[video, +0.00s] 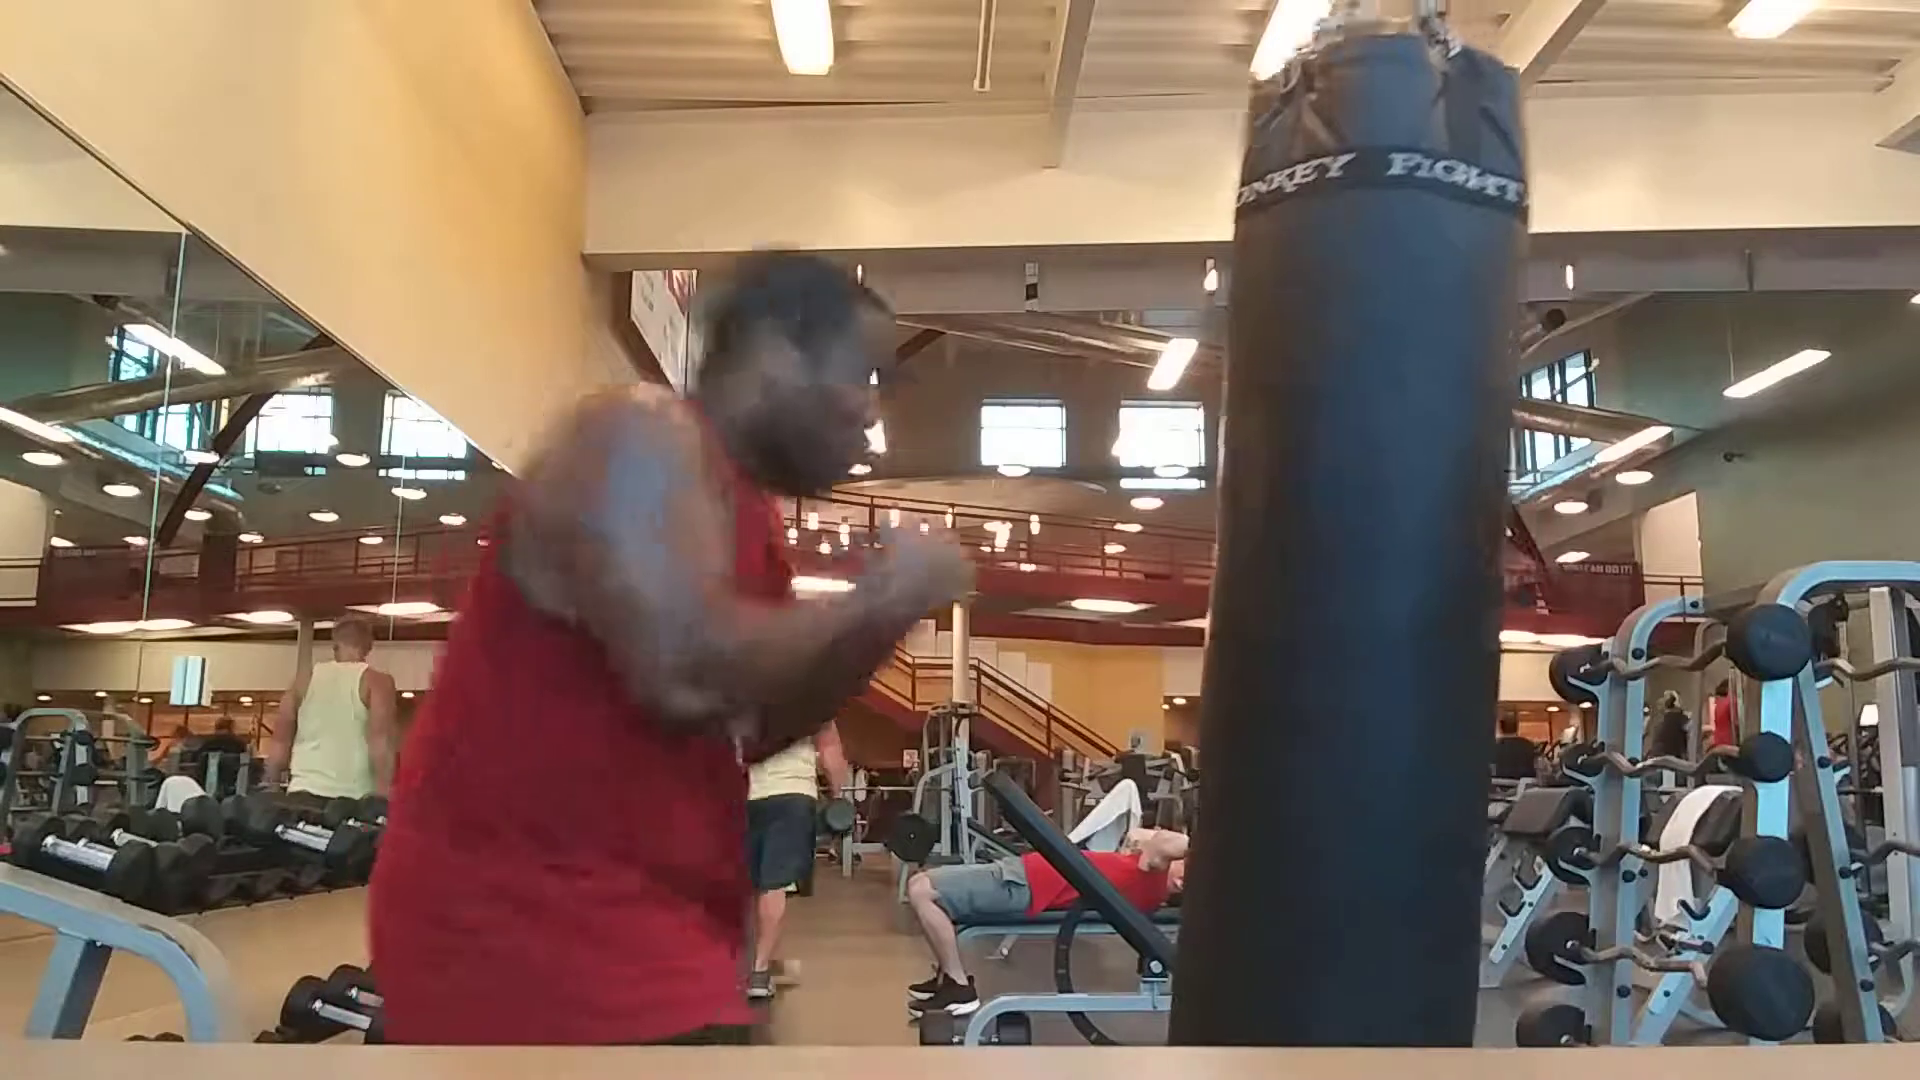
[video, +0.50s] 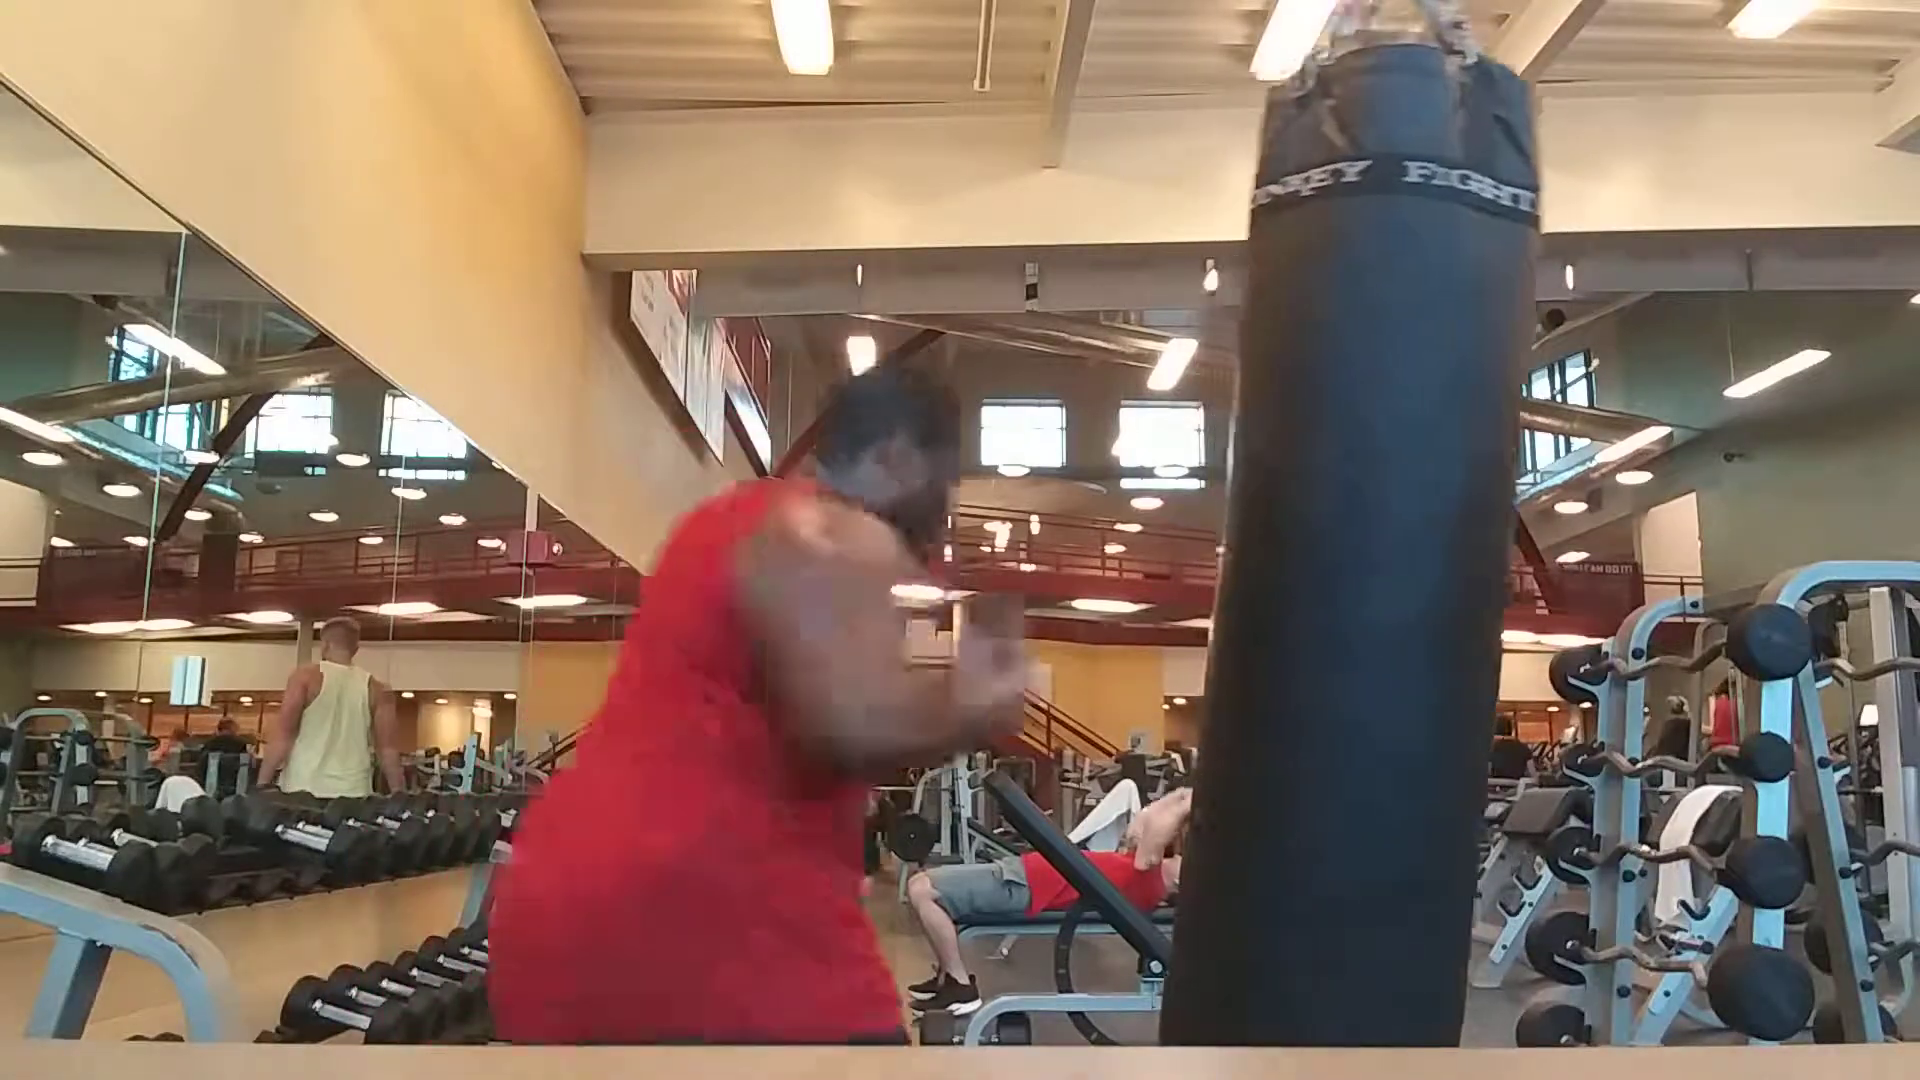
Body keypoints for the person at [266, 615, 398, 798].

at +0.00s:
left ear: (335, 647)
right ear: (369, 648)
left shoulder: (306, 677)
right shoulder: (377, 681)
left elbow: (281, 737)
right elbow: (379, 743)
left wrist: (271, 784)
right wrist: (384, 795)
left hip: (303, 794)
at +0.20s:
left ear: (336, 647)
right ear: (369, 649)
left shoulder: (307, 678)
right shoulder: (381, 689)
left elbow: (281, 740)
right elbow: (387, 750)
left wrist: (264, 789)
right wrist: (396, 801)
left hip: (303, 796)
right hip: (355, 801)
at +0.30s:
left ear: (334, 645)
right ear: (367, 649)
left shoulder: (306, 677)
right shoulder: (381, 689)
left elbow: (283, 737)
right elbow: (388, 749)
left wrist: (263, 784)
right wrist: (397, 796)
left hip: (302, 795)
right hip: (355, 798)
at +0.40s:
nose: (326, 649)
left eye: (327, 644)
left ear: (331, 645)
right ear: (362, 650)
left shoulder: (306, 676)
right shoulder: (380, 689)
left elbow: (284, 735)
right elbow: (388, 751)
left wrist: (263, 782)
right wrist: (398, 796)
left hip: (304, 795)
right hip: (356, 799)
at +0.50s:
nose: (320, 649)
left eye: (321, 644)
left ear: (324, 645)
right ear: (356, 649)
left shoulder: (305, 676)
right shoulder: (376, 689)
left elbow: (283, 737)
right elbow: (387, 750)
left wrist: (261, 786)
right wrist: (399, 796)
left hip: (302, 795)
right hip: (355, 799)